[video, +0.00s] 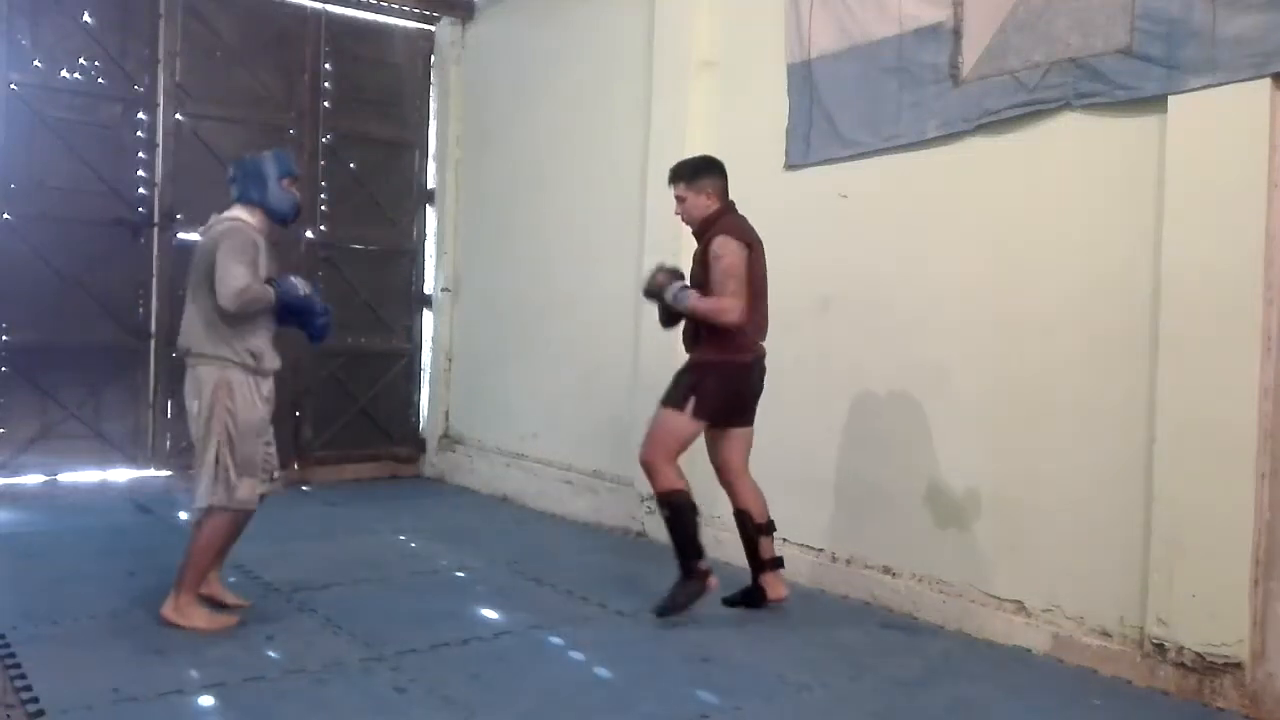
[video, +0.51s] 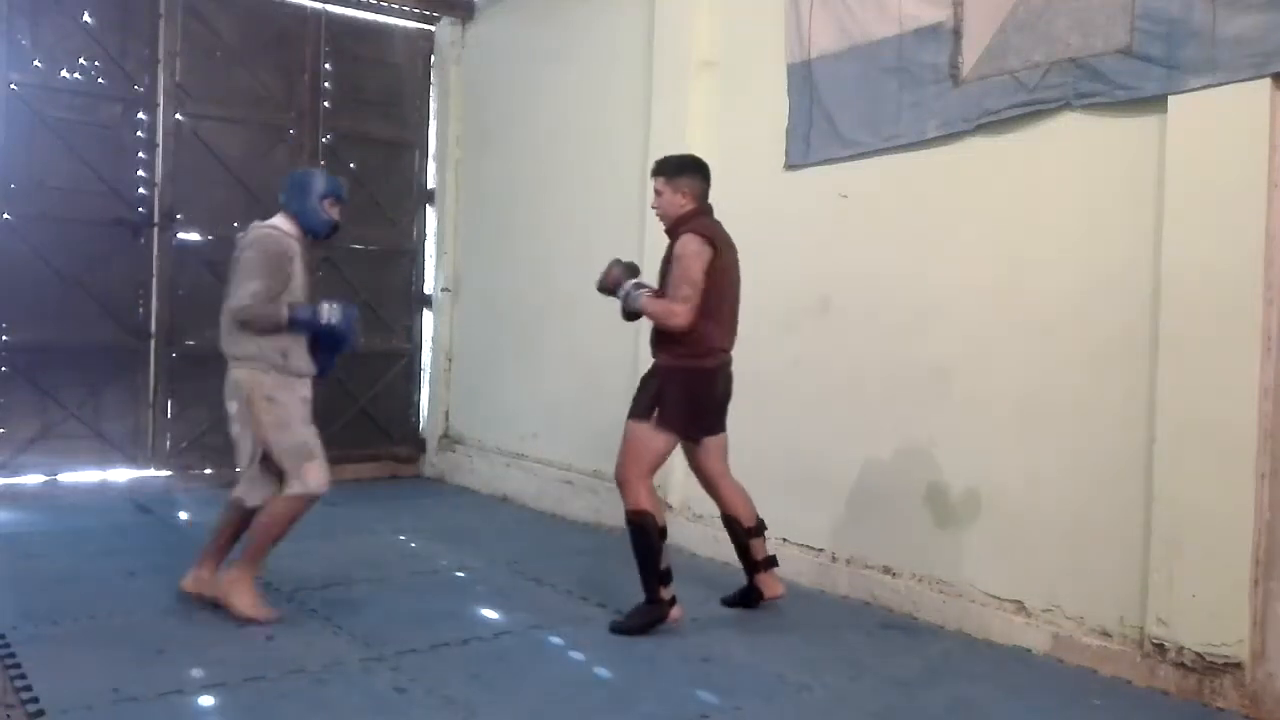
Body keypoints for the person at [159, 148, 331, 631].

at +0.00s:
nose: (296, 191)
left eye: (295, 183)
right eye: (289, 182)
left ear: (260, 186)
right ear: (266, 184)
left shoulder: (248, 234)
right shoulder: (238, 229)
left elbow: (243, 304)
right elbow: (233, 295)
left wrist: (290, 308)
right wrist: (284, 294)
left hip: (239, 374)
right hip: (222, 374)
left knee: (251, 484)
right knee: (235, 489)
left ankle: (205, 580)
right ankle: (183, 599)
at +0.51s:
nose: (336, 215)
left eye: (339, 206)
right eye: (330, 203)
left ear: (306, 203)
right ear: (304, 200)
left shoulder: (288, 246)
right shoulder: (269, 241)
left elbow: (270, 319)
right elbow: (246, 312)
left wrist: (318, 342)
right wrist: (309, 314)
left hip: (271, 379)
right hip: (263, 380)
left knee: (260, 482)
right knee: (309, 480)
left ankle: (204, 572)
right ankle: (239, 578)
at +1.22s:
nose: (430, 239)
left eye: (434, 230)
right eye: (423, 228)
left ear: (433, 231)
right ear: (400, 225)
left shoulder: (431, 269)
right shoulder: (364, 257)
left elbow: (450, 332)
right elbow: (382, 314)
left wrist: (434, 350)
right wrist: (444, 291)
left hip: (411, 379)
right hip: (362, 379)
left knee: (434, 471)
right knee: (342, 479)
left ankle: (435, 553)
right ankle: (303, 580)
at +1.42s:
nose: (448, 225)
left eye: (454, 219)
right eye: (442, 215)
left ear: (458, 224)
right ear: (421, 213)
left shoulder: (458, 266)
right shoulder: (383, 251)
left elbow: (455, 323)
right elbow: (355, 303)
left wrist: (434, 314)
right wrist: (391, 301)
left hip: (436, 382)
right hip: (385, 379)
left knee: (450, 465)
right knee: (367, 461)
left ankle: (443, 546)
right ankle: (355, 531)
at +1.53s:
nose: (449, 244)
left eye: (456, 237)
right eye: (443, 235)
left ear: (461, 242)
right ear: (424, 234)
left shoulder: (462, 286)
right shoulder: (388, 271)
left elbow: (466, 341)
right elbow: (368, 323)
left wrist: (445, 355)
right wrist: (411, 312)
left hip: (441, 391)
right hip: (389, 388)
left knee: (455, 472)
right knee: (380, 469)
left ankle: (456, 538)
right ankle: (389, 529)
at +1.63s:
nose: (448, 257)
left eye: (454, 250)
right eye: (440, 248)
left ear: (461, 255)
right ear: (423, 250)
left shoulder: (469, 299)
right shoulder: (397, 292)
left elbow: (482, 348)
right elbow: (384, 345)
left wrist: (463, 376)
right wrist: (419, 339)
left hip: (451, 407)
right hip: (408, 404)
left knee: (453, 483)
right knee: (385, 477)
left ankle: (455, 543)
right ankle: (392, 530)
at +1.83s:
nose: (484, 238)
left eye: (491, 230)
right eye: (477, 230)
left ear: (500, 234)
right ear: (464, 233)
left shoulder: (514, 273)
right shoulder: (445, 271)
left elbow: (540, 316)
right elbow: (423, 317)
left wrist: (526, 340)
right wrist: (450, 307)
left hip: (505, 381)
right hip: (458, 380)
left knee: (520, 458)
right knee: (432, 457)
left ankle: (526, 540)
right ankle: (442, 516)